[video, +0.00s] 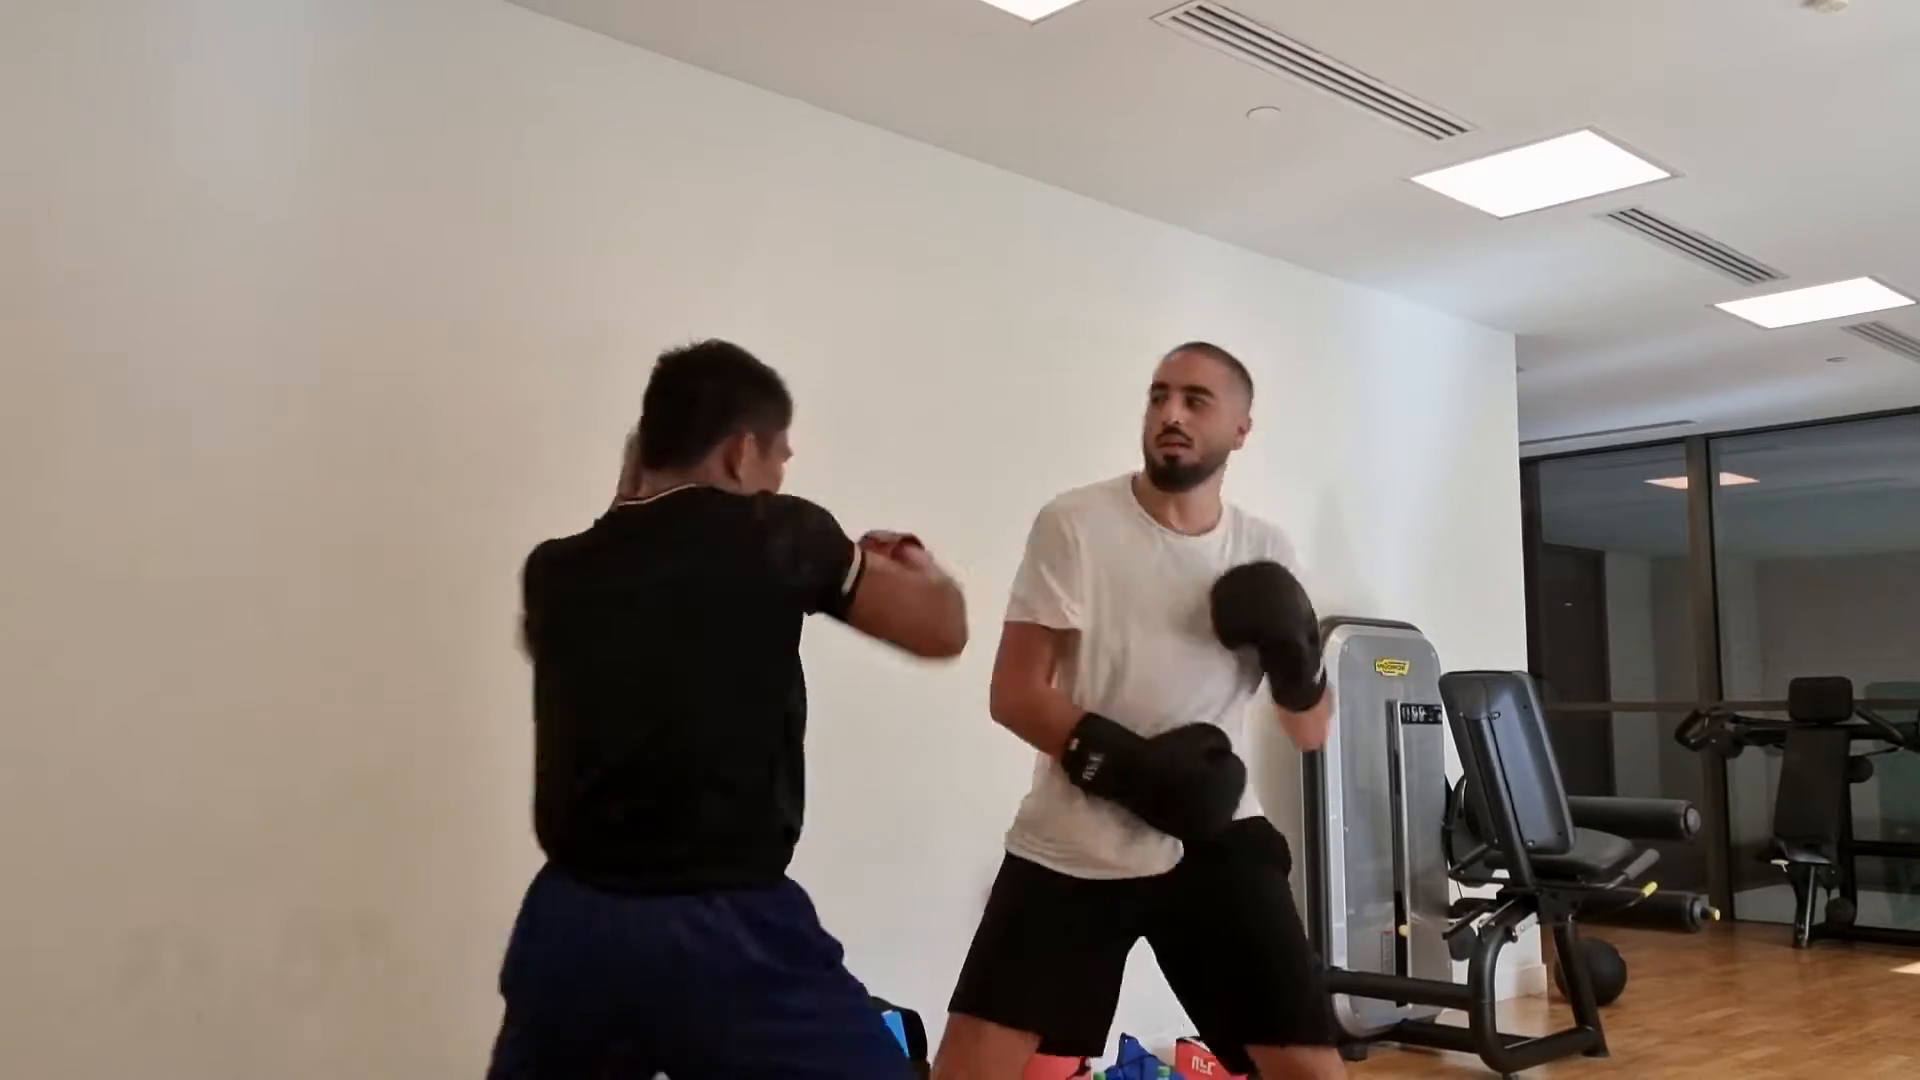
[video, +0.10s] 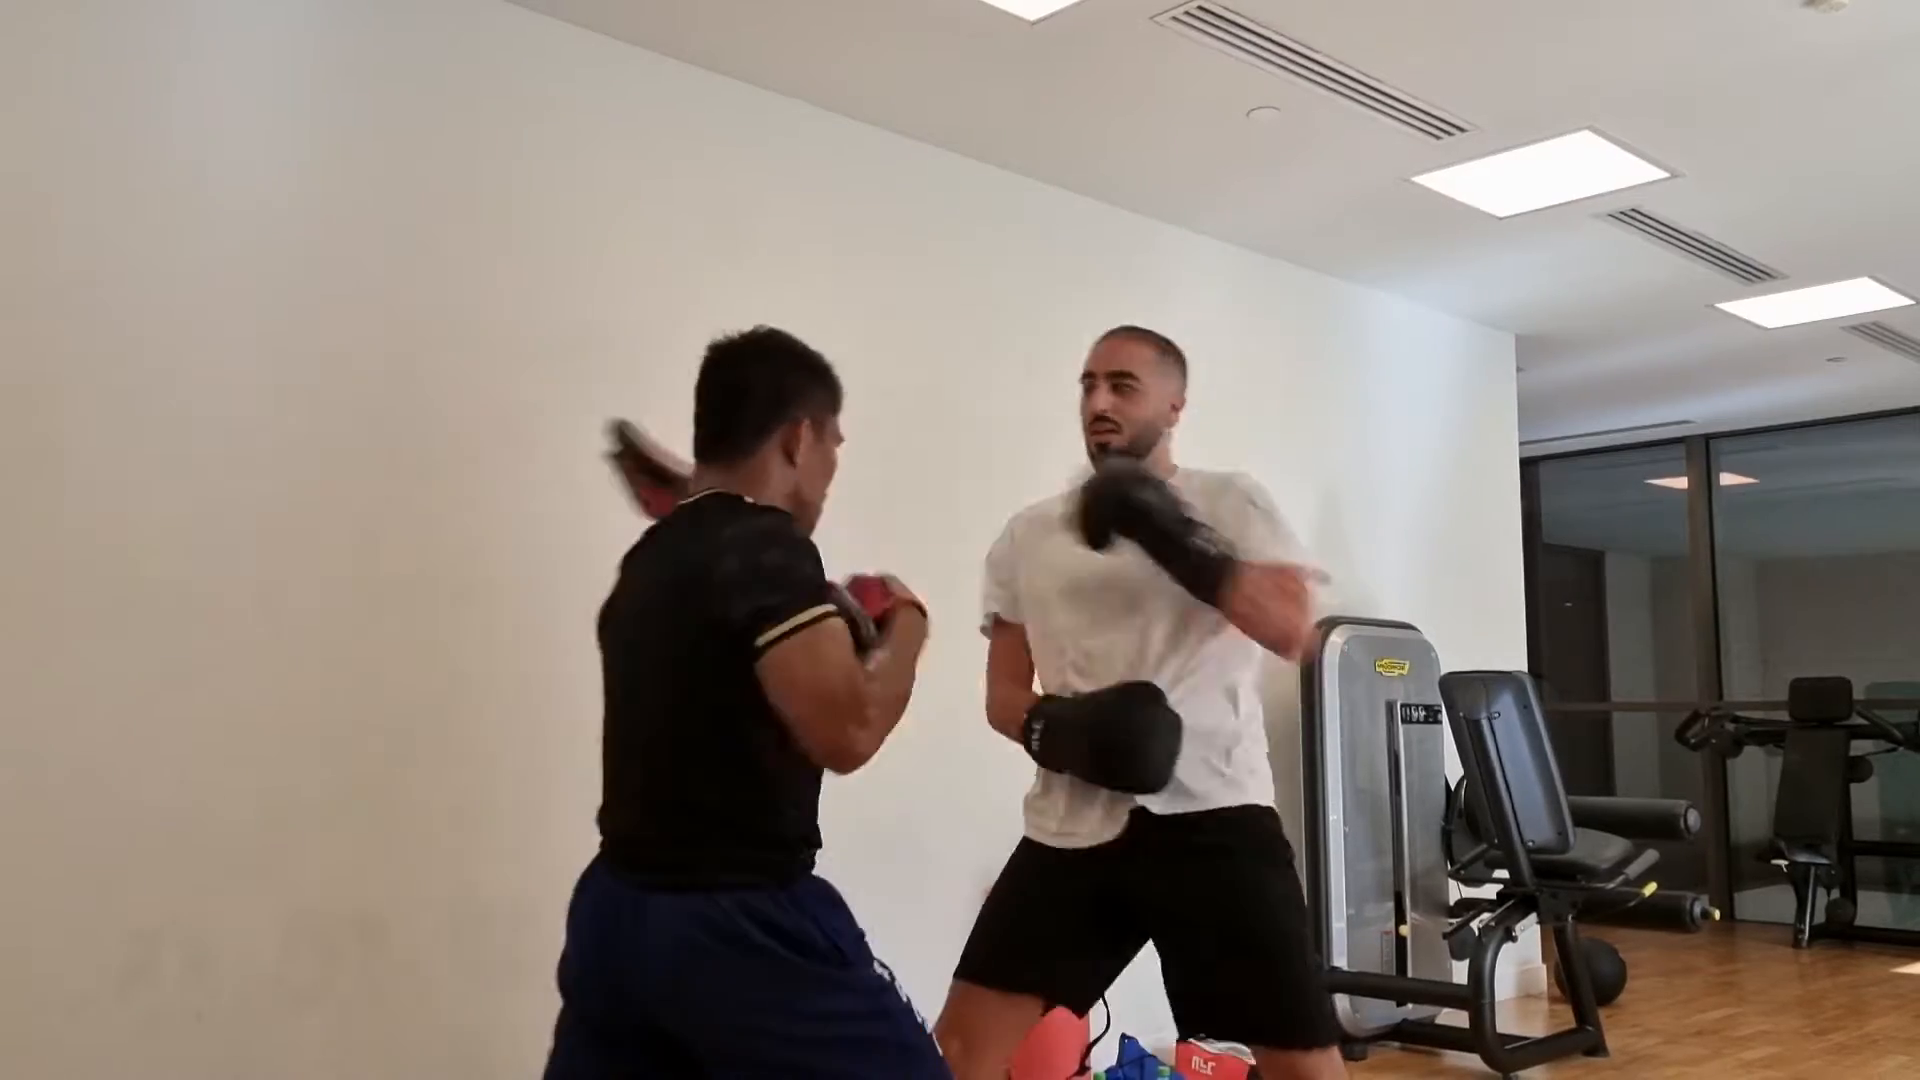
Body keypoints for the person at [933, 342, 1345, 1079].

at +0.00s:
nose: (1171, 413)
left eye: (1198, 400)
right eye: (1160, 397)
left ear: (1241, 430)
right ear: (1143, 415)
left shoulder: (1266, 551)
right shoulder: (1074, 526)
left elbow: (1311, 731)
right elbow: (1015, 692)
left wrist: (1292, 649)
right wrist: (1127, 763)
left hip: (1217, 856)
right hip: (1068, 852)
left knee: (1312, 1069)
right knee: (972, 1068)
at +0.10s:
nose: (1097, 402)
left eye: (1122, 385)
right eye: (1088, 386)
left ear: (1175, 408)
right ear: (1077, 402)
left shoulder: (1231, 502)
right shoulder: (1026, 538)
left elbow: (1294, 631)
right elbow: (1005, 698)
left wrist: (1169, 535)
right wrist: (1060, 729)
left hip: (1219, 835)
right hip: (1069, 842)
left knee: (1307, 1067)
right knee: (961, 1054)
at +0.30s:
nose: (912, 528)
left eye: (921, 502)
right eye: (903, 513)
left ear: (985, 493)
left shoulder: (1041, 527)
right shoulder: (1007, 614)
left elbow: (1159, 619)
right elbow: (1077, 736)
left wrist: (989, 667)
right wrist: (1049, 794)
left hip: (1218, 814)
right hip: (1107, 837)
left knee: (1269, 1063)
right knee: (983, 1030)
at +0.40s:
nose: (863, 641)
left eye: (867, 612)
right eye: (851, 625)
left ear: (923, 579)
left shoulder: (1024, 618)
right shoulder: (985, 675)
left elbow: (1159, 732)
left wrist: (1028, 790)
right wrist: (1048, 835)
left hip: (1225, 852)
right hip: (1112, 876)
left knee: (1256, 1065)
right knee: (968, 1039)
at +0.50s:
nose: (891, 643)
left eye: (900, 613)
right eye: (880, 622)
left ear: (965, 588)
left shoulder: (1088, 631)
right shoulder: (959, 702)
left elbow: (1234, 754)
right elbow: (1029, 808)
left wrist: (1112, 794)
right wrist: (1072, 862)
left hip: (1213, 875)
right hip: (1088, 892)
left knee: (1259, 1071)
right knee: (952, 1052)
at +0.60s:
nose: (971, 583)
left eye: (984, 554)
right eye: (959, 566)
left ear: (1049, 544)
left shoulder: (1173, 607)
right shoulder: (974, 660)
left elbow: (1293, 747)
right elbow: (998, 808)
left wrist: (1191, 756)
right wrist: (1068, 867)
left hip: (1205, 884)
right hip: (1062, 894)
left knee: (1261, 1073)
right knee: (940, 1067)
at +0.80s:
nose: (987, 482)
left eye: (1006, 458)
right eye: (978, 465)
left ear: (1069, 462)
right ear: (973, 478)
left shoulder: (1161, 552)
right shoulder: (973, 599)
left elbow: (1276, 695)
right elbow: (977, 744)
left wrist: (1166, 639)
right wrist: (1023, 813)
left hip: (1176, 878)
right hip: (1032, 891)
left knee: (1245, 1070)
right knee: (930, 1066)